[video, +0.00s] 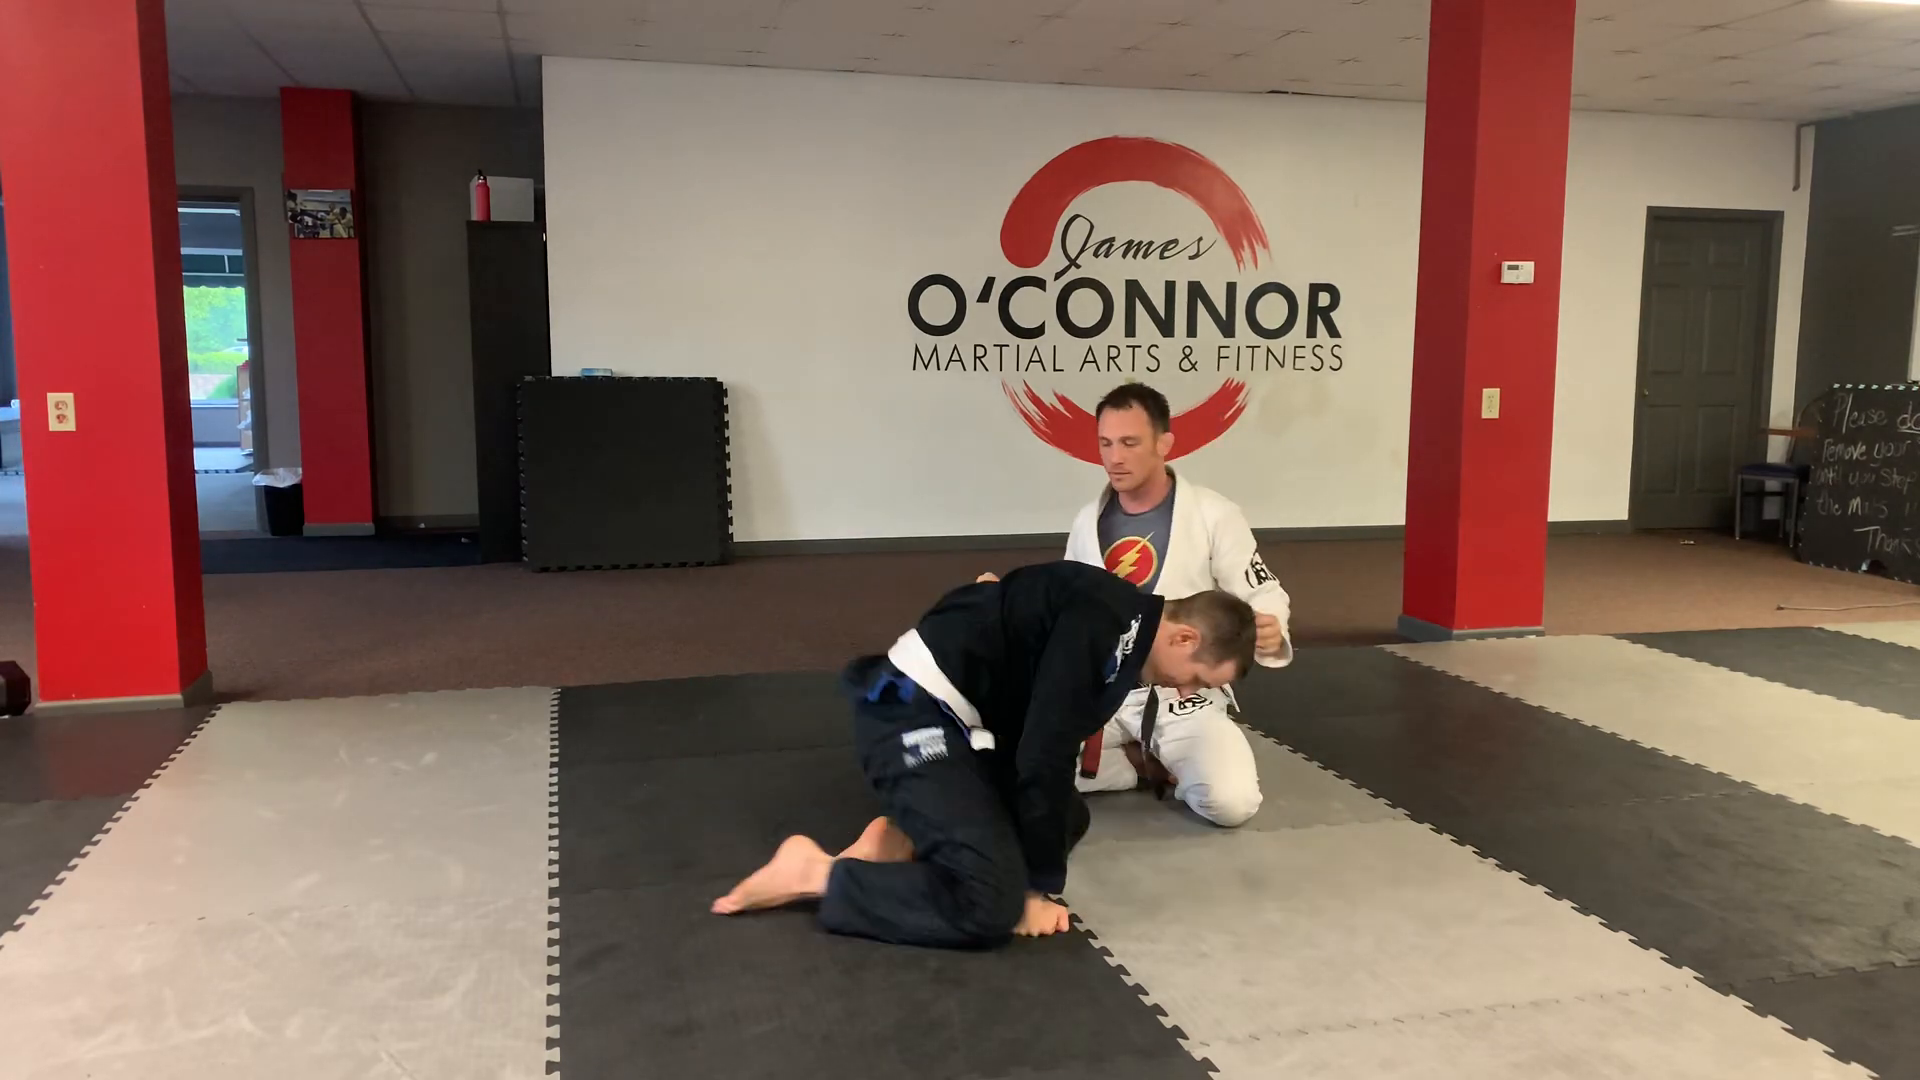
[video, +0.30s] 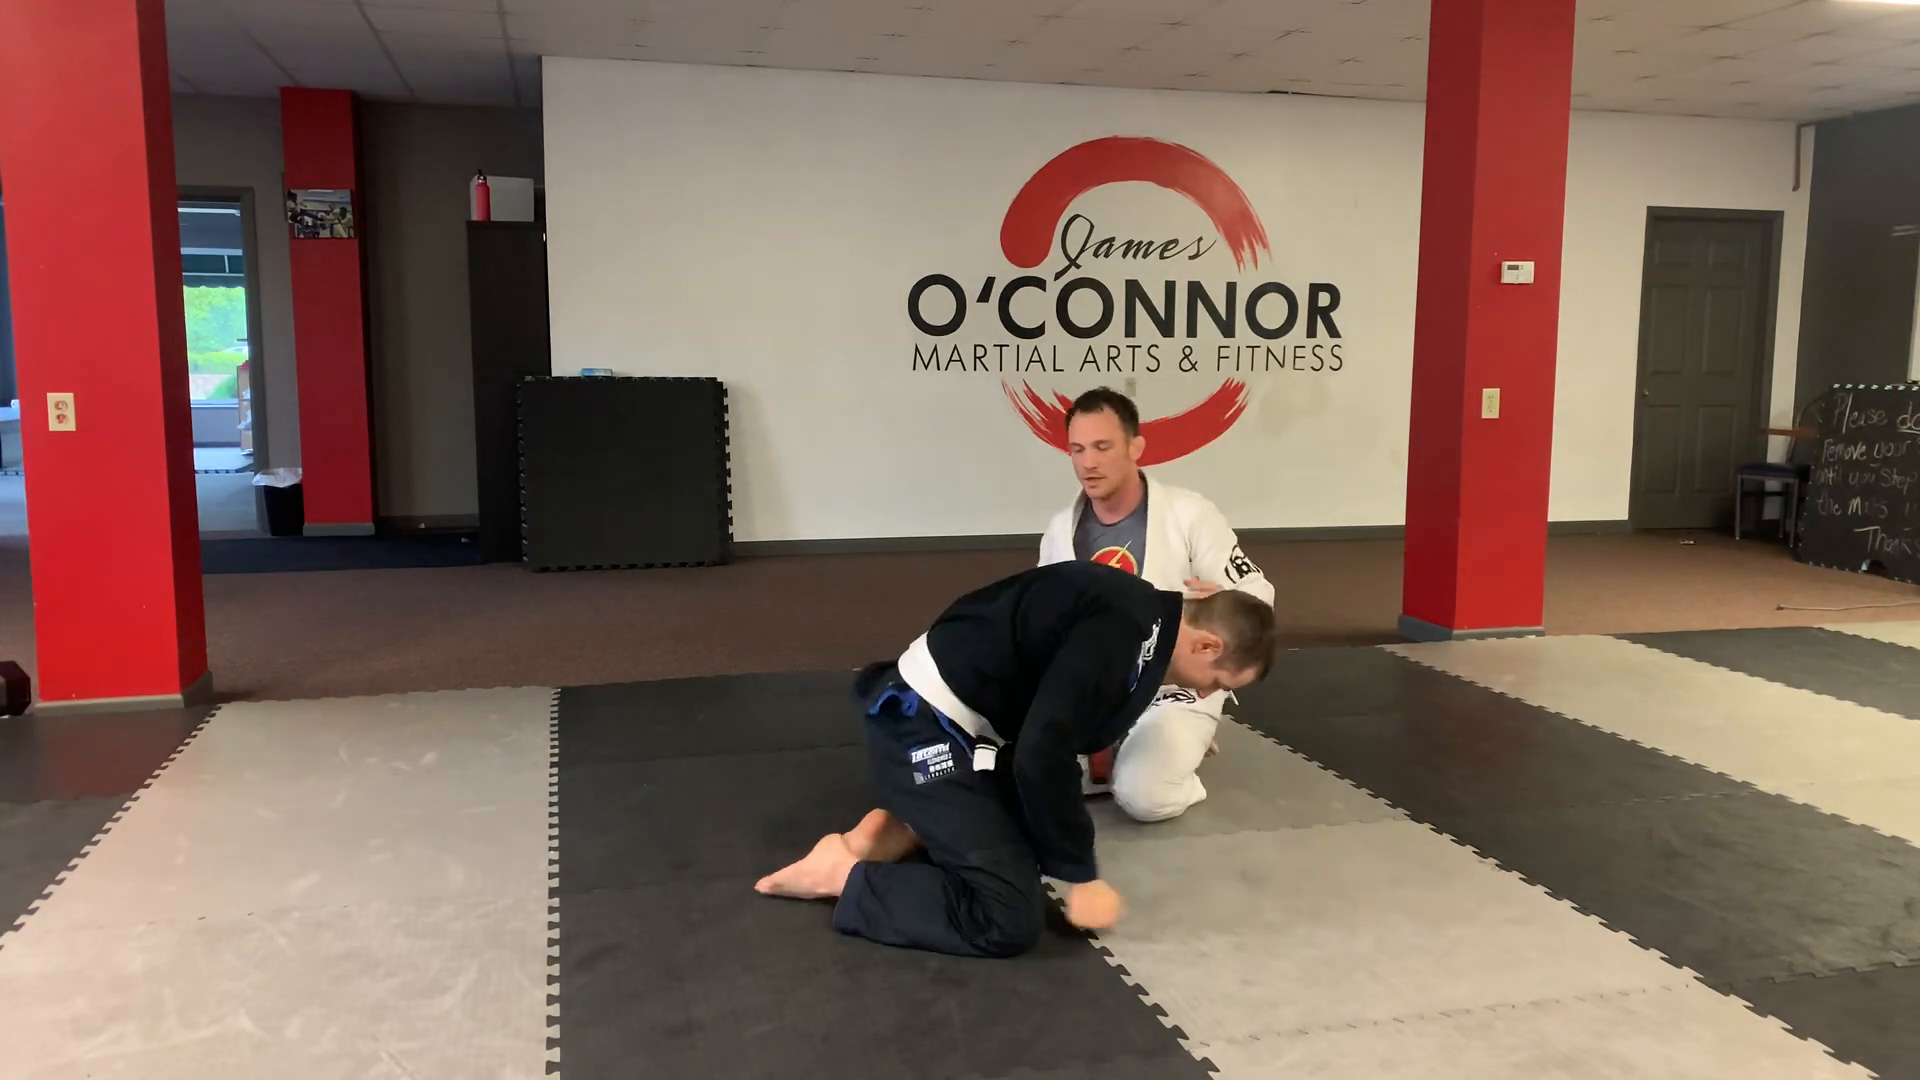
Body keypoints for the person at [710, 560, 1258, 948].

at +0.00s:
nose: (1187, 693)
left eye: (1202, 689)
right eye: (1199, 681)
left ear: (1185, 630)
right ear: (1185, 640)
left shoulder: (1124, 621)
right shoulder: (1100, 620)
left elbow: (1048, 741)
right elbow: (1042, 756)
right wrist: (1042, 891)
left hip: (961, 724)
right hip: (913, 719)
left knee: (1068, 820)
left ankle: (906, 836)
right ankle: (814, 873)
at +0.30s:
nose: (1207, 693)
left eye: (1221, 689)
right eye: (1218, 683)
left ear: (1204, 630)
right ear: (1205, 646)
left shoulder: (1141, 617)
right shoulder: (1124, 630)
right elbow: (1041, 756)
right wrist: (1078, 878)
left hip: (948, 719)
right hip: (925, 732)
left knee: (1040, 832)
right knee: (1009, 922)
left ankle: (909, 833)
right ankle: (842, 874)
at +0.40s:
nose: (1206, 689)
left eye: (1219, 685)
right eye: (1215, 678)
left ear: (1201, 633)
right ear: (1201, 644)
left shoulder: (1142, 613)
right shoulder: (1121, 625)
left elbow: (1077, 725)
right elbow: (1064, 761)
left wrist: (1098, 795)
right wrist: (1118, 889)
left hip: (972, 729)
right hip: (922, 731)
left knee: (1075, 833)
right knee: (1008, 923)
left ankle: (901, 829)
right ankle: (847, 866)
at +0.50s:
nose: (1204, 687)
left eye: (1216, 682)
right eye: (1213, 676)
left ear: (1197, 633)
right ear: (1195, 642)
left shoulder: (1144, 611)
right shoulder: (1113, 625)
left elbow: (1110, 728)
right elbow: (1092, 775)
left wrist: (1154, 802)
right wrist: (1139, 909)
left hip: (981, 726)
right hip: (921, 729)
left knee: (1069, 832)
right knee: (1002, 925)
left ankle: (899, 825)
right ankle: (849, 861)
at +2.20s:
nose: (1256, 715)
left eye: (1269, 712)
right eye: (1270, 709)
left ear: (1273, 658)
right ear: (1270, 668)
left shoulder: (1210, 608)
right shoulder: (1176, 627)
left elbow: (1180, 736)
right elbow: (1162, 781)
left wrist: (1195, 820)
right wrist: (1210, 923)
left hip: (1012, 689)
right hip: (961, 680)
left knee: (1026, 834)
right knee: (964, 908)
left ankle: (854, 795)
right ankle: (815, 824)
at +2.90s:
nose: (1258, 723)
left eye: (1270, 721)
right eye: (1271, 717)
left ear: (1276, 668)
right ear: (1271, 676)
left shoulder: (1219, 607)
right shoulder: (1186, 635)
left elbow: (1178, 746)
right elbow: (1179, 791)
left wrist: (1198, 825)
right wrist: (1216, 927)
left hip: (1025, 693)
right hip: (966, 680)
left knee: (1022, 829)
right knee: (966, 907)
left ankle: (860, 800)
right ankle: (813, 824)